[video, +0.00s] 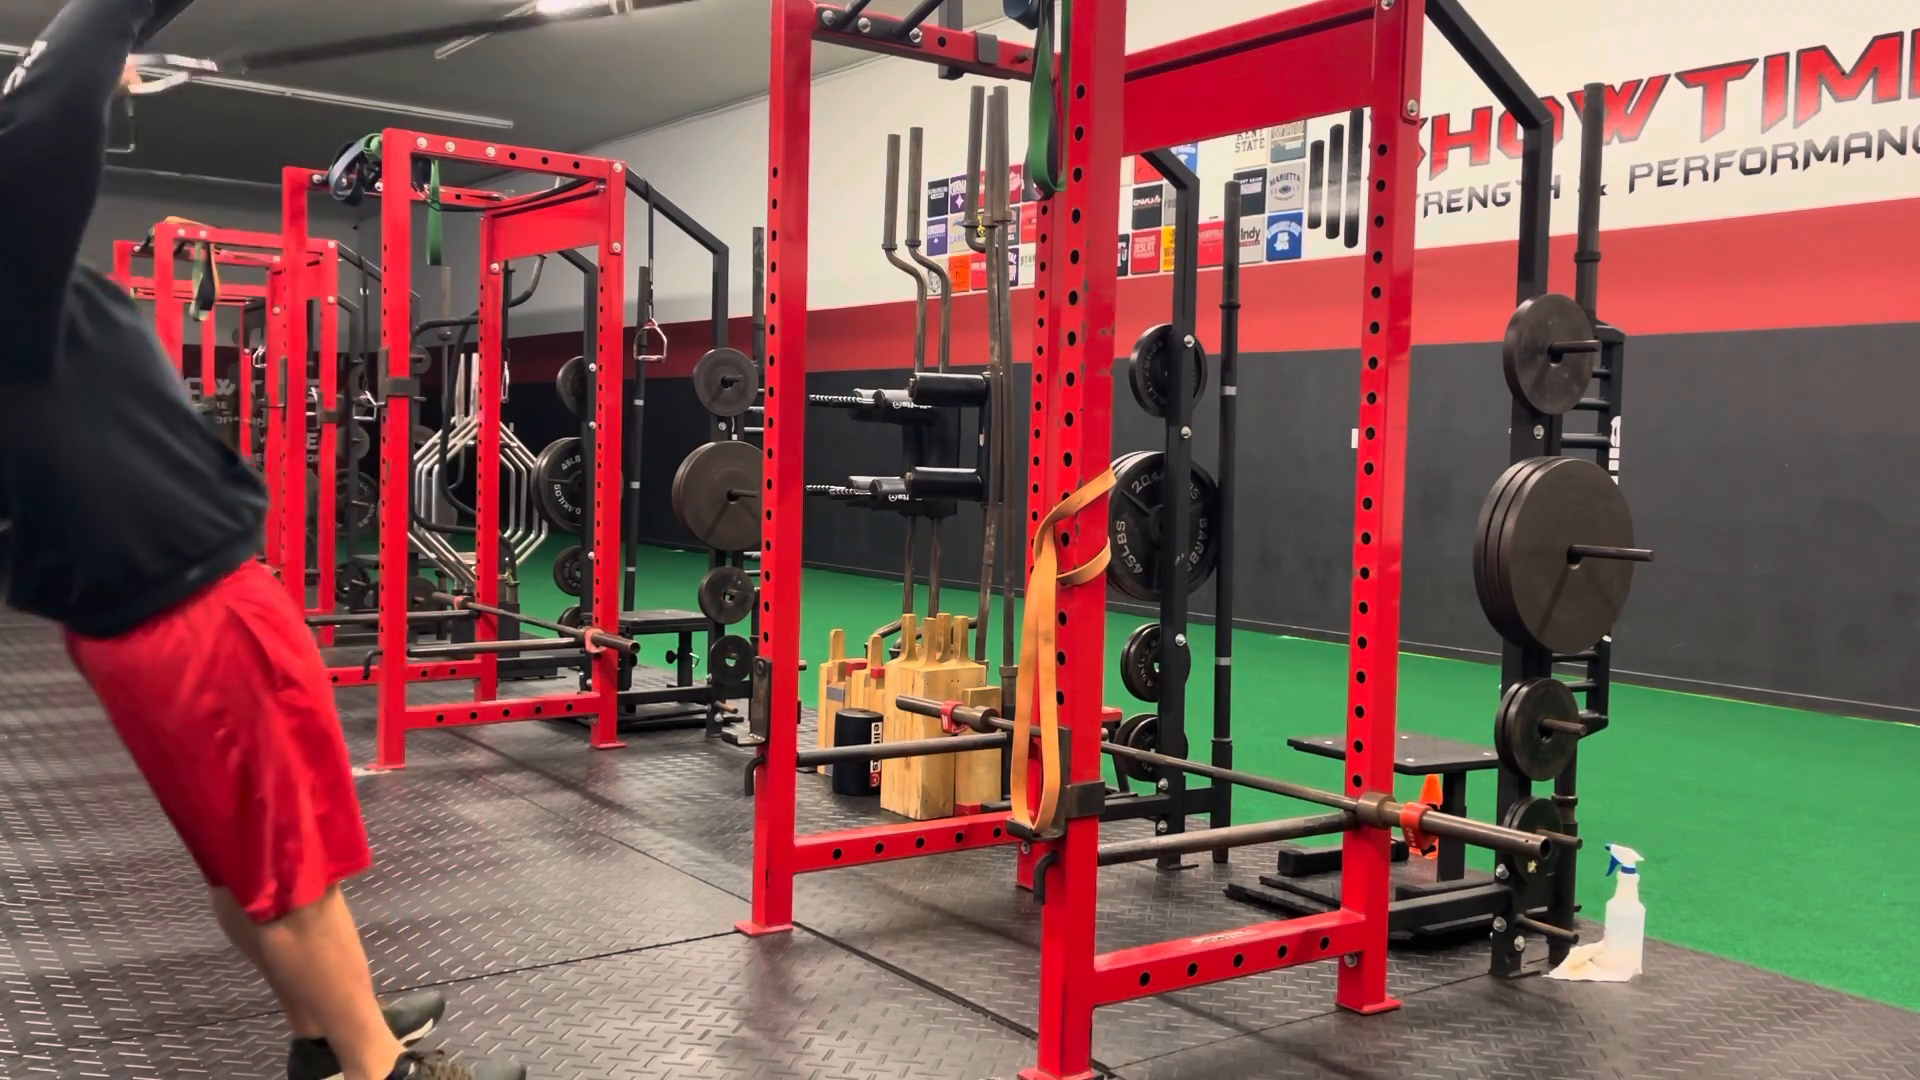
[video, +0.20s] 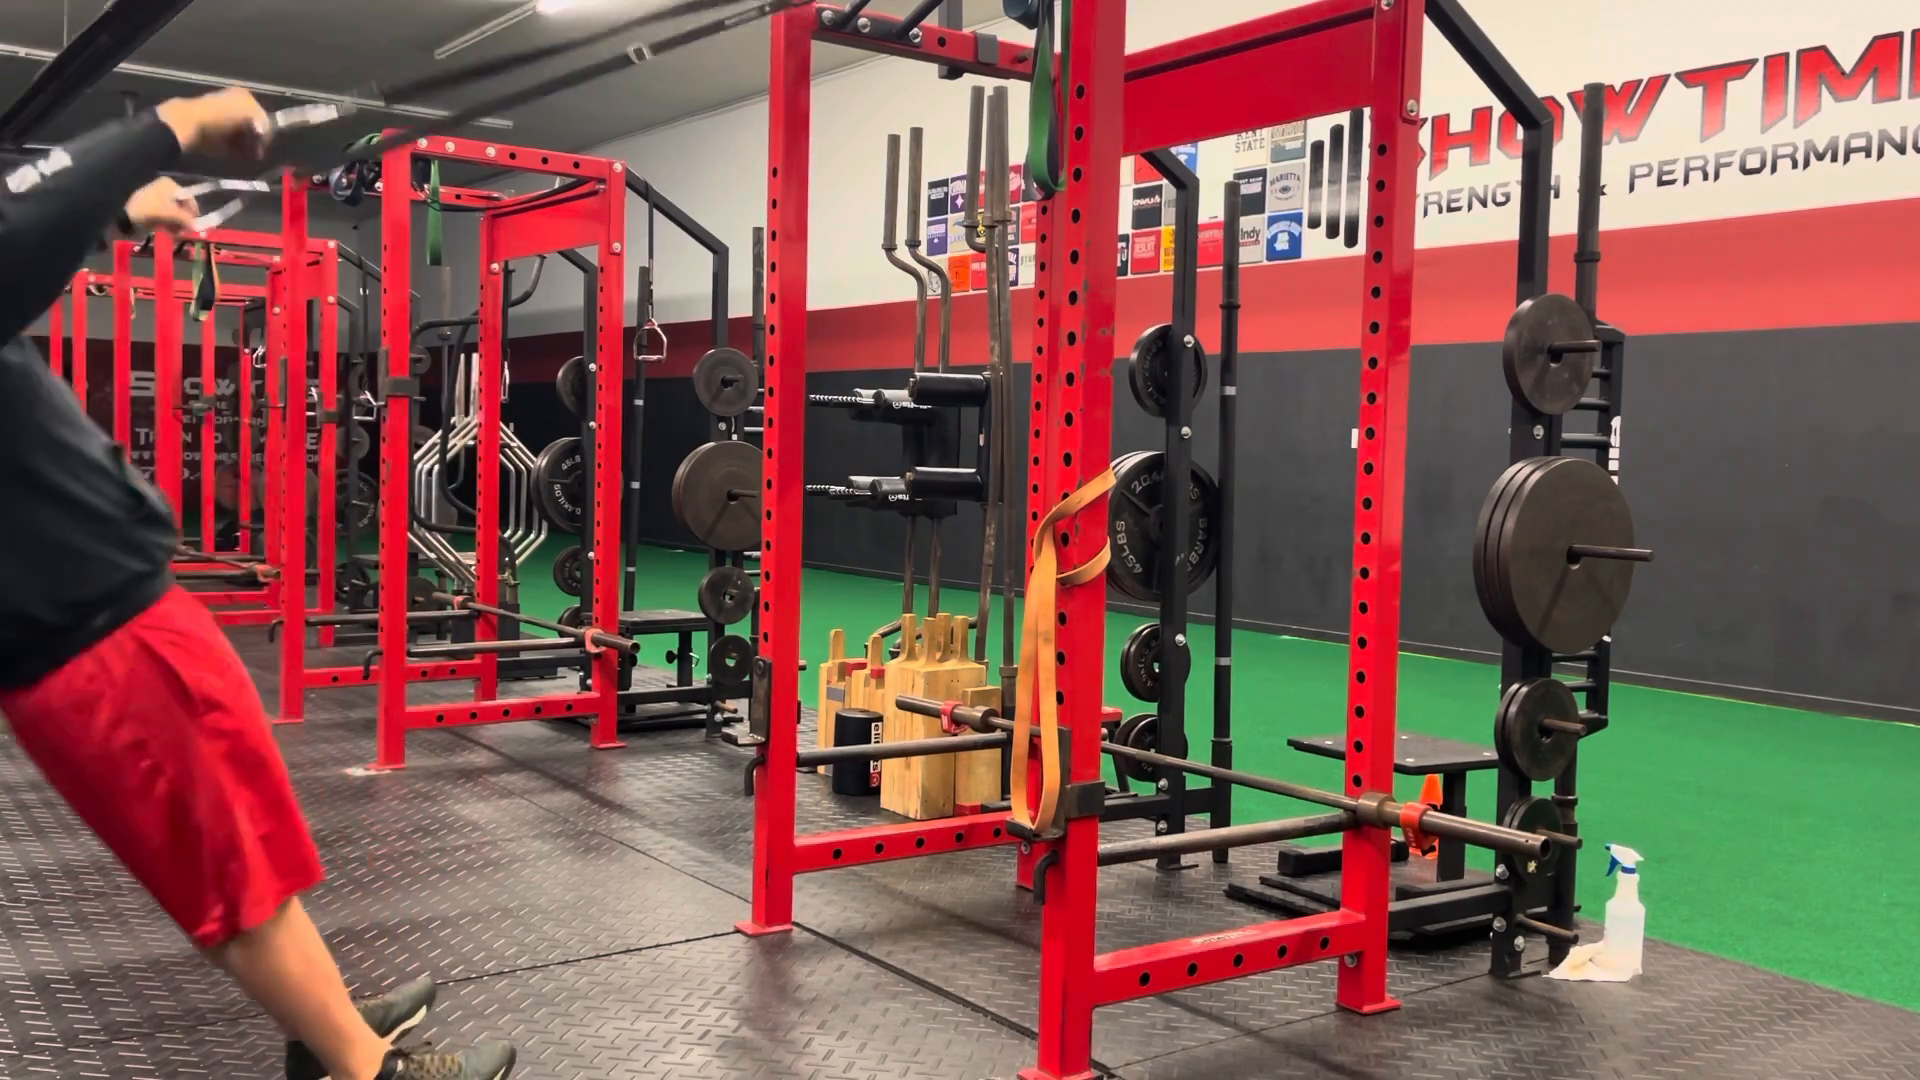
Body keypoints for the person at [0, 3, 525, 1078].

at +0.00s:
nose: (111, 98)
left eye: (106, 83)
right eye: (92, 80)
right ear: (38, 127)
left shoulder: (27, 263)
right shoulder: (19, 260)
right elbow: (71, 70)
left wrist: (92, 70)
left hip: (131, 616)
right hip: (186, 609)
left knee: (248, 863)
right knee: (292, 877)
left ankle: (329, 1032)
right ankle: (376, 1061)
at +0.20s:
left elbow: (15, 250)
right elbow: (17, 236)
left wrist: (114, 207)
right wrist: (165, 126)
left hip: (69, 601)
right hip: (75, 608)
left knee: (214, 831)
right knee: (231, 851)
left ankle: (324, 1028)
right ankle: (366, 1065)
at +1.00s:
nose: (132, 139)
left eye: (137, 125)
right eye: (124, 124)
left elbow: (25, 140)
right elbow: (39, 185)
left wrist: (137, 38)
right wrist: (149, 47)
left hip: (138, 602)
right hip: (140, 610)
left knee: (259, 844)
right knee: (271, 862)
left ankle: (339, 1033)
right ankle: (371, 1063)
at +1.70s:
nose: (201, 130)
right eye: (184, 113)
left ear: (88, 146)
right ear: (161, 125)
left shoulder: (103, 280)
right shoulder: (187, 238)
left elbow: (67, 170)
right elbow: (180, 81)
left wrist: (64, 48)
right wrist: (136, 2)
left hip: (238, 603)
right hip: (322, 596)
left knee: (292, 843)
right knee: (356, 858)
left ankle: (331, 1023)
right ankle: (389, 1060)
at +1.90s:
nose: (279, 129)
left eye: (271, 113)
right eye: (261, 115)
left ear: (188, 157)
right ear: (218, 137)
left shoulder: (138, 256)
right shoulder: (235, 237)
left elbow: (92, 140)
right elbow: (200, 73)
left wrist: (76, 20)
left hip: (245, 597)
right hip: (333, 594)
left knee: (295, 841)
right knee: (356, 855)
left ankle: (332, 1026)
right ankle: (388, 1057)